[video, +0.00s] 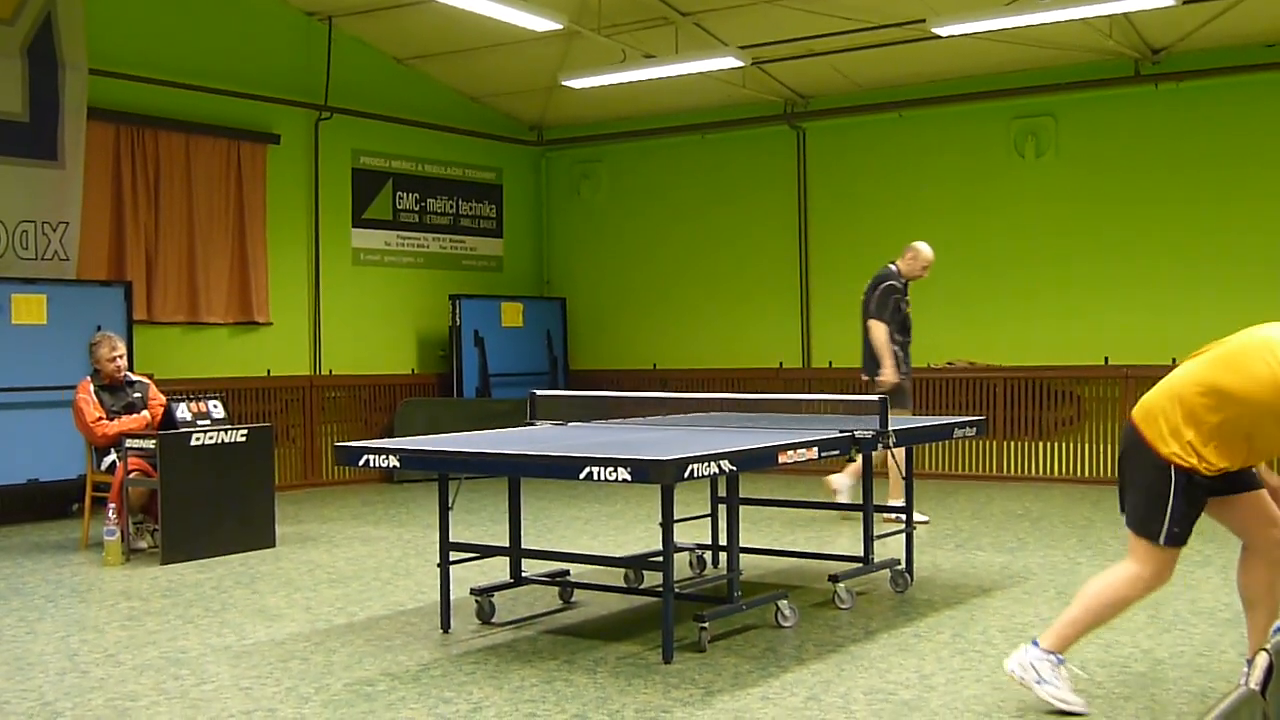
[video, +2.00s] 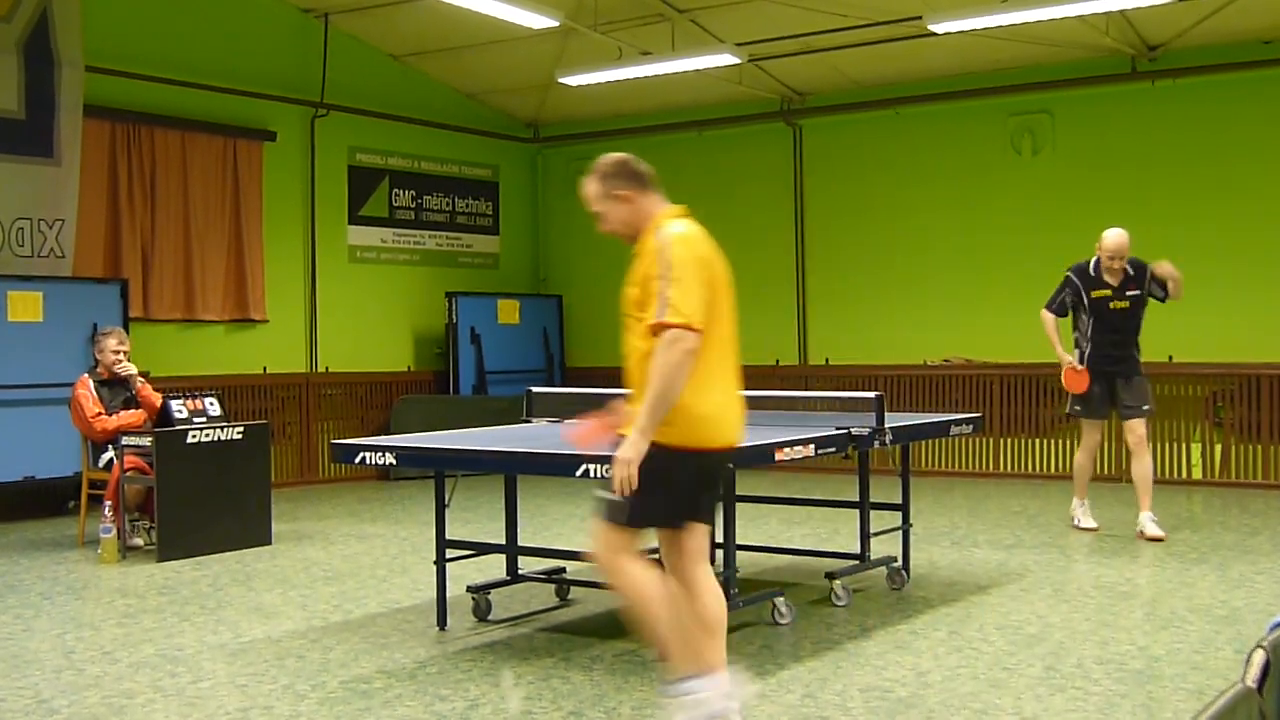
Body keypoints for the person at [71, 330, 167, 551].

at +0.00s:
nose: (120, 364)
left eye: (122, 357)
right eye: (112, 360)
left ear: (127, 357)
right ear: (97, 364)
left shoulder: (143, 383)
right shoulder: (86, 390)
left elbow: (163, 417)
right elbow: (98, 433)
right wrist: (143, 419)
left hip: (153, 449)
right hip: (116, 452)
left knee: (175, 472)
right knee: (139, 479)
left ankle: (150, 523)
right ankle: (132, 521)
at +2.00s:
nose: (121, 358)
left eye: (125, 353)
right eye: (115, 353)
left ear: (129, 355)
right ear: (98, 355)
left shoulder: (134, 381)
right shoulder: (85, 385)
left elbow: (160, 413)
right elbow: (98, 428)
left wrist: (137, 382)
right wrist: (141, 416)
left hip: (146, 446)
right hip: (112, 449)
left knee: (172, 469)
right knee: (135, 475)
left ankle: (153, 521)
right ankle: (130, 520)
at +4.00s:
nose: (120, 357)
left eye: (124, 352)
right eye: (114, 352)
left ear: (128, 354)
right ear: (98, 356)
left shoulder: (137, 382)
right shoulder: (85, 385)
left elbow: (161, 412)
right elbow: (98, 428)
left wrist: (132, 383)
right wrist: (142, 416)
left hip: (145, 447)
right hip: (111, 449)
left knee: (170, 469)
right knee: (133, 476)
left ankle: (150, 521)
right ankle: (128, 522)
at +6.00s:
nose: (120, 357)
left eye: (123, 352)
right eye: (113, 352)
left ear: (128, 354)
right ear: (97, 355)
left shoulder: (137, 382)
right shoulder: (84, 386)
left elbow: (162, 414)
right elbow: (97, 429)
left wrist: (132, 385)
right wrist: (141, 416)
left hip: (146, 447)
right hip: (112, 449)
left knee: (171, 469)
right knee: (134, 474)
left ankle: (151, 521)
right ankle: (132, 520)